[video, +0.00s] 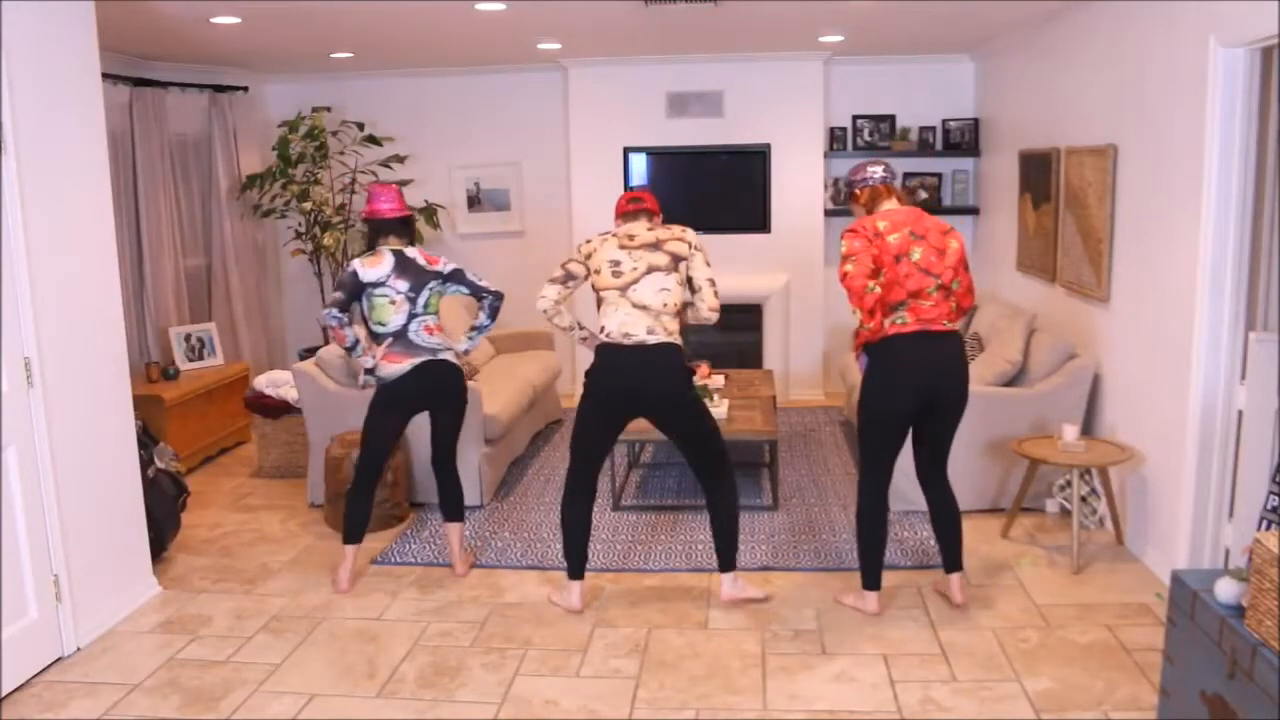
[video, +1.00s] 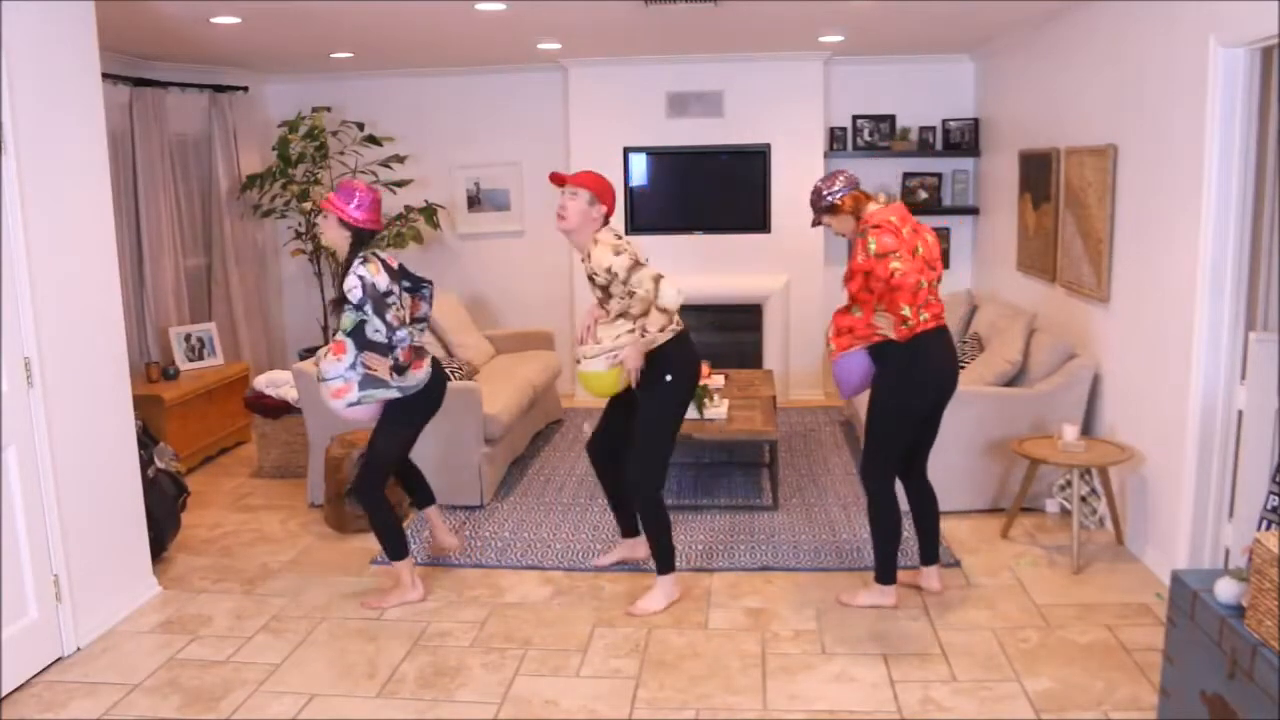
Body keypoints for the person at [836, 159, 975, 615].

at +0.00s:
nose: (854, 208)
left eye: (853, 201)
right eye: (853, 202)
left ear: (862, 197)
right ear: (895, 191)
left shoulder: (861, 234)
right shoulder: (944, 230)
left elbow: (866, 298)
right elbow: (965, 300)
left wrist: (864, 342)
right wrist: (935, 335)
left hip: (896, 360)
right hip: (949, 359)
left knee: (874, 477)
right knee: (934, 470)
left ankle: (870, 592)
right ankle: (956, 580)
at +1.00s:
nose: (832, 232)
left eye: (829, 223)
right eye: (826, 225)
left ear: (845, 207)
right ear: (853, 202)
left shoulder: (873, 233)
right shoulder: (910, 222)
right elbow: (934, 270)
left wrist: (841, 330)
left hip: (906, 357)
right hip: (940, 352)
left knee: (875, 471)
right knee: (912, 467)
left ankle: (884, 585)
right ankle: (930, 570)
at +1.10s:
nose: (829, 236)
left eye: (827, 228)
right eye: (823, 231)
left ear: (843, 212)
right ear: (842, 211)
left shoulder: (879, 235)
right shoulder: (892, 225)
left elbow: (912, 287)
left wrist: (882, 332)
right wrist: (841, 329)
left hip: (909, 359)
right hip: (926, 355)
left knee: (877, 471)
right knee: (895, 467)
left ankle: (884, 586)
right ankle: (928, 566)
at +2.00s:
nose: (858, 211)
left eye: (866, 200)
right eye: (849, 202)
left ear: (883, 192)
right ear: (839, 199)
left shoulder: (921, 230)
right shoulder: (832, 230)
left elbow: (939, 299)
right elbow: (814, 286)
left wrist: (880, 320)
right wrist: (818, 314)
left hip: (907, 359)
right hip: (853, 358)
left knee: (893, 470)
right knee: (857, 468)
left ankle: (898, 581)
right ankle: (861, 565)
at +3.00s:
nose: (896, 190)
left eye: (903, 183)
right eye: (885, 184)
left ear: (916, 197)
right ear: (871, 201)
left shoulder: (940, 247)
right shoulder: (850, 253)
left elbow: (954, 309)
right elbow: (823, 320)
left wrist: (936, 335)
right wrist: (871, 360)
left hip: (924, 376)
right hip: (861, 377)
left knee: (960, 491)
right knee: (850, 488)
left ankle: (958, 583)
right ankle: (824, 574)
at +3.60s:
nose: (960, 173)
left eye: (967, 166)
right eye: (949, 167)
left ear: (979, 179)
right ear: (933, 182)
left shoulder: (1000, 234)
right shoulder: (907, 235)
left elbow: (1022, 289)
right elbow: (877, 301)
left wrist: (997, 331)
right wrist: (918, 345)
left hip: (972, 367)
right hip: (909, 363)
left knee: (972, 484)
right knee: (873, 468)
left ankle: (959, 580)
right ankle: (823, 561)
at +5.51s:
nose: (920, 208)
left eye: (928, 200)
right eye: (912, 198)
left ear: (936, 202)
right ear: (890, 195)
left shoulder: (948, 238)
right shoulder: (856, 235)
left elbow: (973, 298)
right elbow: (812, 290)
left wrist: (938, 324)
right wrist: (868, 318)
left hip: (922, 370)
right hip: (861, 368)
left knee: (967, 487)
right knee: (832, 486)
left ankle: (971, 584)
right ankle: (801, 591)